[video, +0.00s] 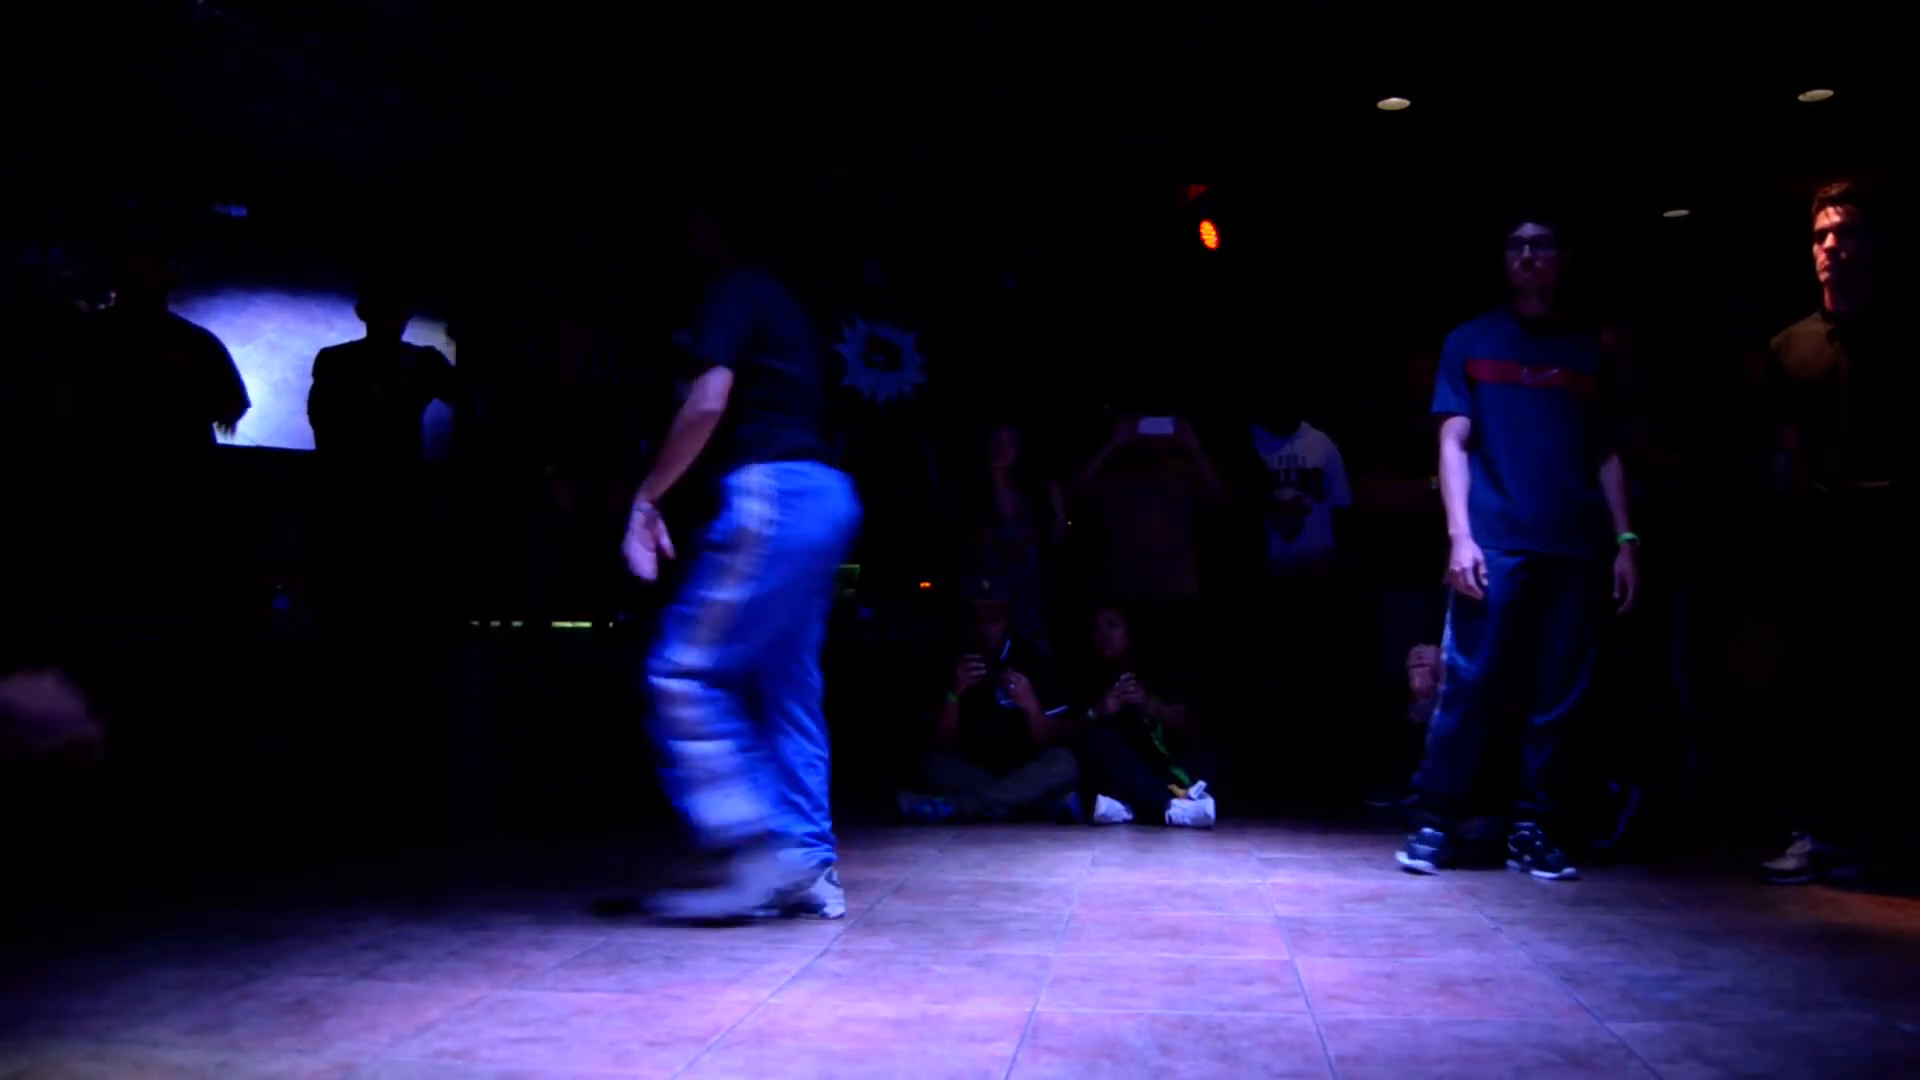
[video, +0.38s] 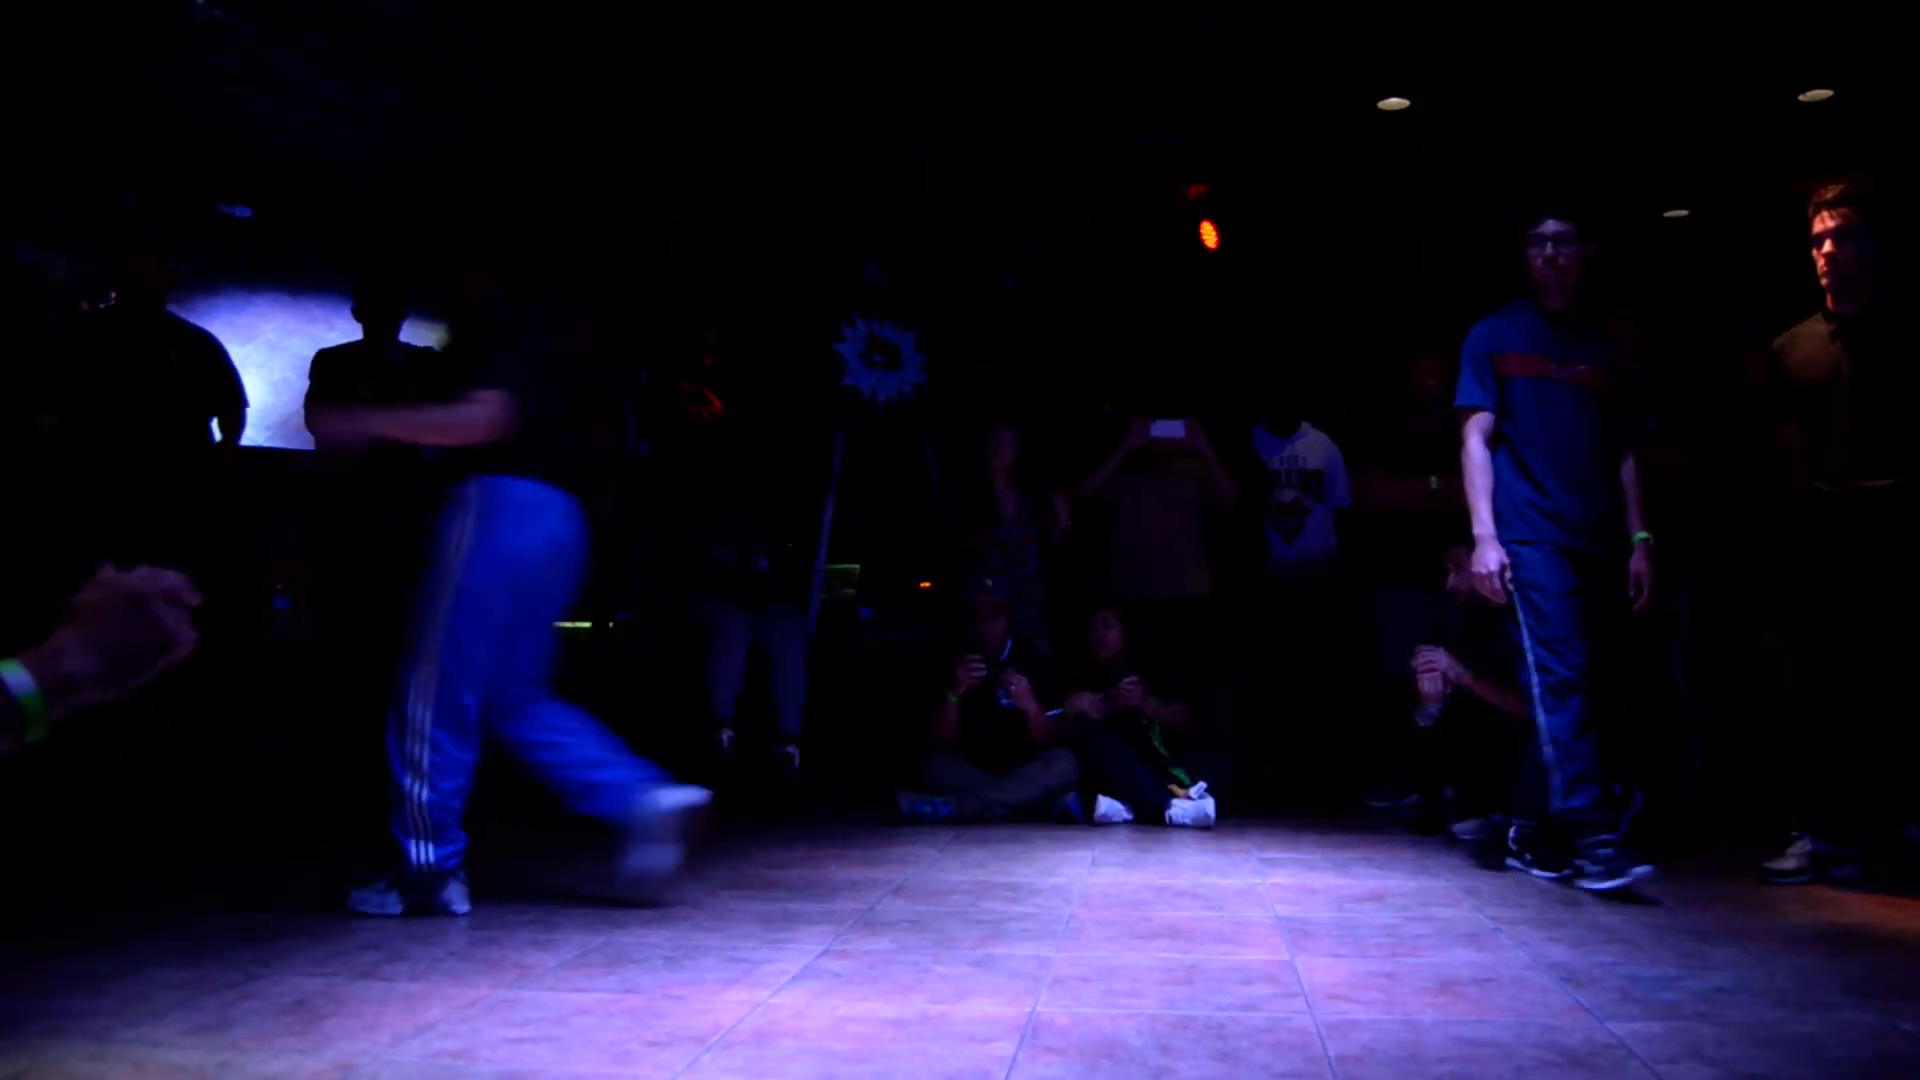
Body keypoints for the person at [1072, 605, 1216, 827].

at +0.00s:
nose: (1105, 635)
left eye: (1112, 626)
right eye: (1098, 628)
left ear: (1127, 630)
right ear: (1090, 635)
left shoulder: (1149, 668)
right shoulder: (1083, 674)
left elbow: (1180, 718)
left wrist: (1145, 701)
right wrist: (1102, 709)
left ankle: (1128, 807)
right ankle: (1168, 807)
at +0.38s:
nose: (1100, 635)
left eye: (1108, 628)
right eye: (1095, 628)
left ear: (1123, 633)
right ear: (1088, 634)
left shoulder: (1143, 669)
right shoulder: (1081, 672)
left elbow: (1177, 717)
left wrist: (1143, 702)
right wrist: (1075, 707)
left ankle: (1128, 806)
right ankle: (1168, 806)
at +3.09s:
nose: (1105, 641)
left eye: (1113, 633)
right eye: (1101, 634)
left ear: (1129, 637)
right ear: (1094, 638)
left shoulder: (1150, 675)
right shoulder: (1089, 679)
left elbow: (1185, 723)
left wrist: (1146, 717)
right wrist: (1071, 710)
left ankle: (1129, 807)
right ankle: (1168, 807)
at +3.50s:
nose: (1127, 645)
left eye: (1136, 637)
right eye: (1122, 637)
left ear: (1151, 641)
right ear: (1114, 642)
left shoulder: (1168, 680)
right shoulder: (1106, 681)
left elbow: (1198, 731)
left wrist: (1165, 721)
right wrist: (1086, 716)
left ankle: (1136, 813)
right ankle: (1175, 813)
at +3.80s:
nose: (1137, 645)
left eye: (1146, 637)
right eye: (1131, 638)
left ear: (1161, 641)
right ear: (1123, 643)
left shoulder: (1181, 680)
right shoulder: (1115, 682)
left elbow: (1207, 733)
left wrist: (1175, 721)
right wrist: (1105, 719)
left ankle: (1143, 813)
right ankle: (1181, 813)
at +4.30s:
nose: (1189, 641)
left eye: (1198, 633)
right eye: (1184, 634)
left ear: (1214, 638)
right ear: (1177, 639)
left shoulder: (1234, 677)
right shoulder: (1170, 679)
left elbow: (1259, 731)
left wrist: (1222, 719)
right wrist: (1180, 720)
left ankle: (1195, 810)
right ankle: (1236, 811)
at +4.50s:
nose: (1208, 642)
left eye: (1216, 634)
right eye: (1203, 635)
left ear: (1233, 639)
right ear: (1197, 641)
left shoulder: (1254, 680)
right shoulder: (1188, 682)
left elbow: (1278, 735)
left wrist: (1242, 721)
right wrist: (1199, 723)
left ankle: (1217, 814)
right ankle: (1258, 813)